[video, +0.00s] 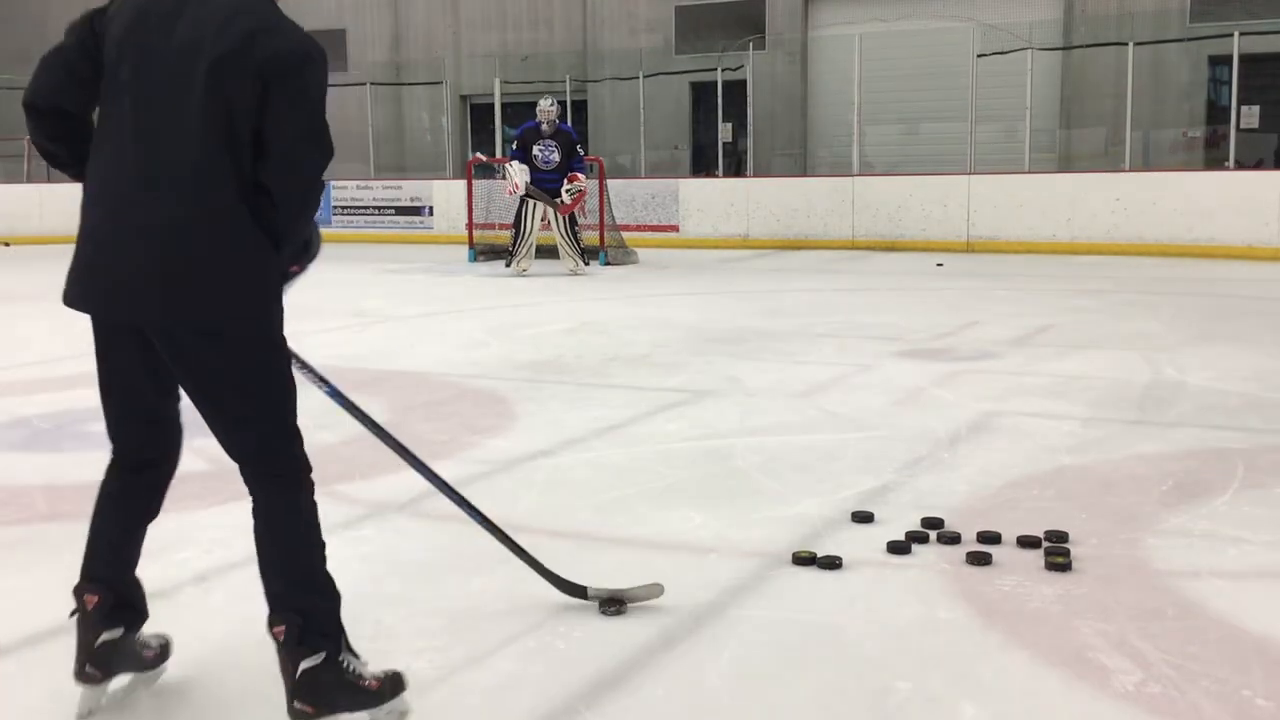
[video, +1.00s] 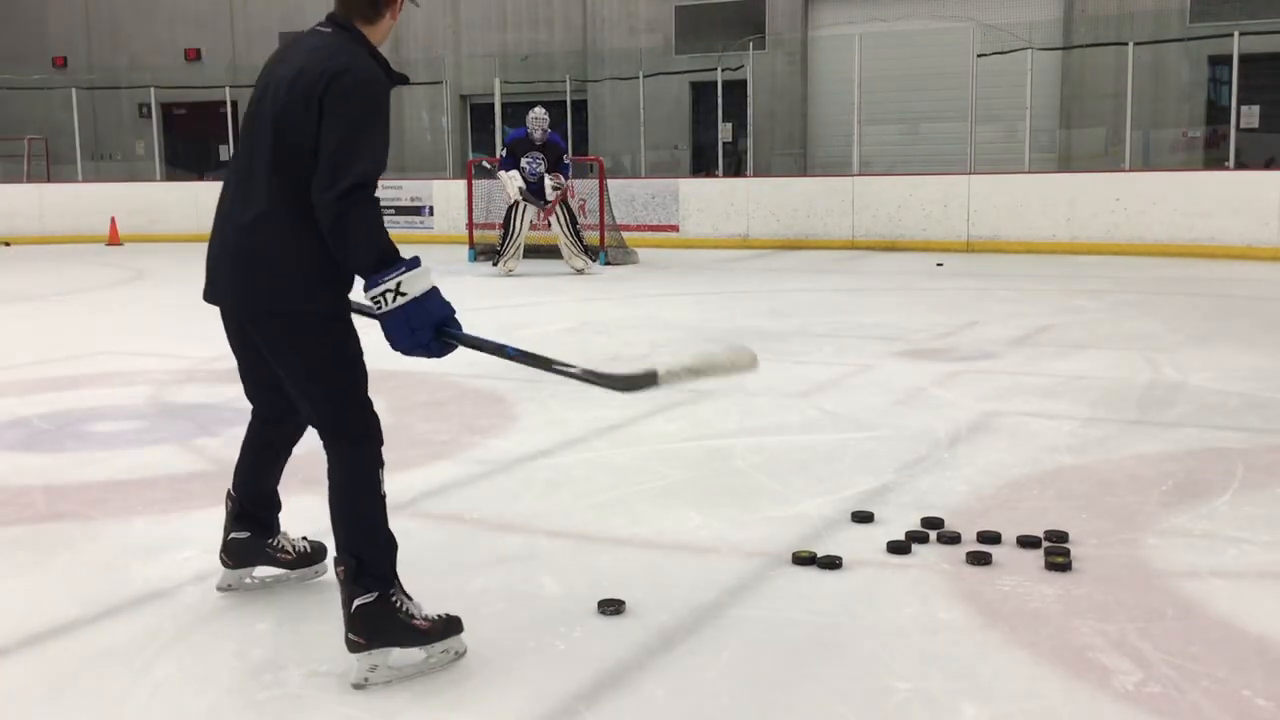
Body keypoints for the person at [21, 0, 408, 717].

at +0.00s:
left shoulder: (125, 14)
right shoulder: (286, 43)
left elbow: (46, 100)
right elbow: (293, 170)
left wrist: (114, 172)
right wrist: (292, 245)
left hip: (114, 280)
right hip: (218, 289)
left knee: (140, 453)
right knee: (278, 473)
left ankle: (100, 631)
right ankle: (314, 662)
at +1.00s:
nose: (404, 13)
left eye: (399, 6)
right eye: (405, 6)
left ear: (341, 1)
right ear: (394, 7)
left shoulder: (290, 54)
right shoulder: (358, 73)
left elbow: (269, 175)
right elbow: (345, 196)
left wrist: (332, 262)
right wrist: (400, 286)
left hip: (238, 274)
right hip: (296, 282)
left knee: (281, 407)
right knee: (354, 432)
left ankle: (248, 534)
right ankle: (373, 601)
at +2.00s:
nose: (461, 122)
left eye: (457, 111)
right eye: (463, 112)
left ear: (407, 94)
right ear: (455, 112)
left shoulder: (351, 125)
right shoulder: (428, 171)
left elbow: (273, 173)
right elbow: (411, 276)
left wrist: (322, 276)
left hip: (232, 286)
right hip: (297, 302)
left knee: (297, 406)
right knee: (342, 461)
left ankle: (243, 524)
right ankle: (305, 609)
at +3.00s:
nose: (609, 63)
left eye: (613, 52)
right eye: (610, 50)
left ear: (561, 30)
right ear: (588, 39)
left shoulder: (472, 60)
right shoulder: (581, 114)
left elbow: (385, 91)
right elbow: (584, 223)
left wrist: (411, 164)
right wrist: (615, 312)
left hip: (416, 249)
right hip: (496, 262)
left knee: (426, 375)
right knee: (536, 397)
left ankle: (403, 501)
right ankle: (570, 533)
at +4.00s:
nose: (515, 52)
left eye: (515, 41)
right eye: (518, 43)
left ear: (462, 21)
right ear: (507, 44)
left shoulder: (383, 46)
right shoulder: (481, 120)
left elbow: (284, 45)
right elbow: (452, 232)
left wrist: (304, 122)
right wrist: (450, 311)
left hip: (306, 243)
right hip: (376, 256)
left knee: (358, 392)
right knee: (431, 407)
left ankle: (327, 532)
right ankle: (414, 576)